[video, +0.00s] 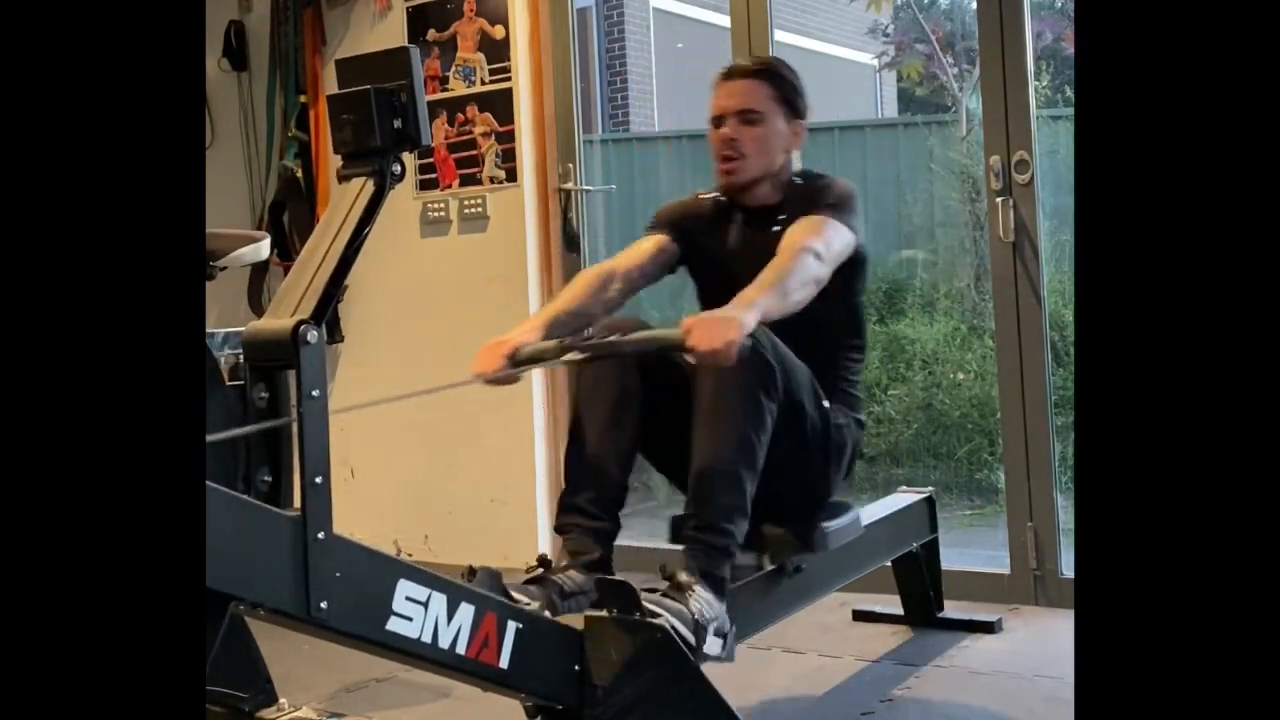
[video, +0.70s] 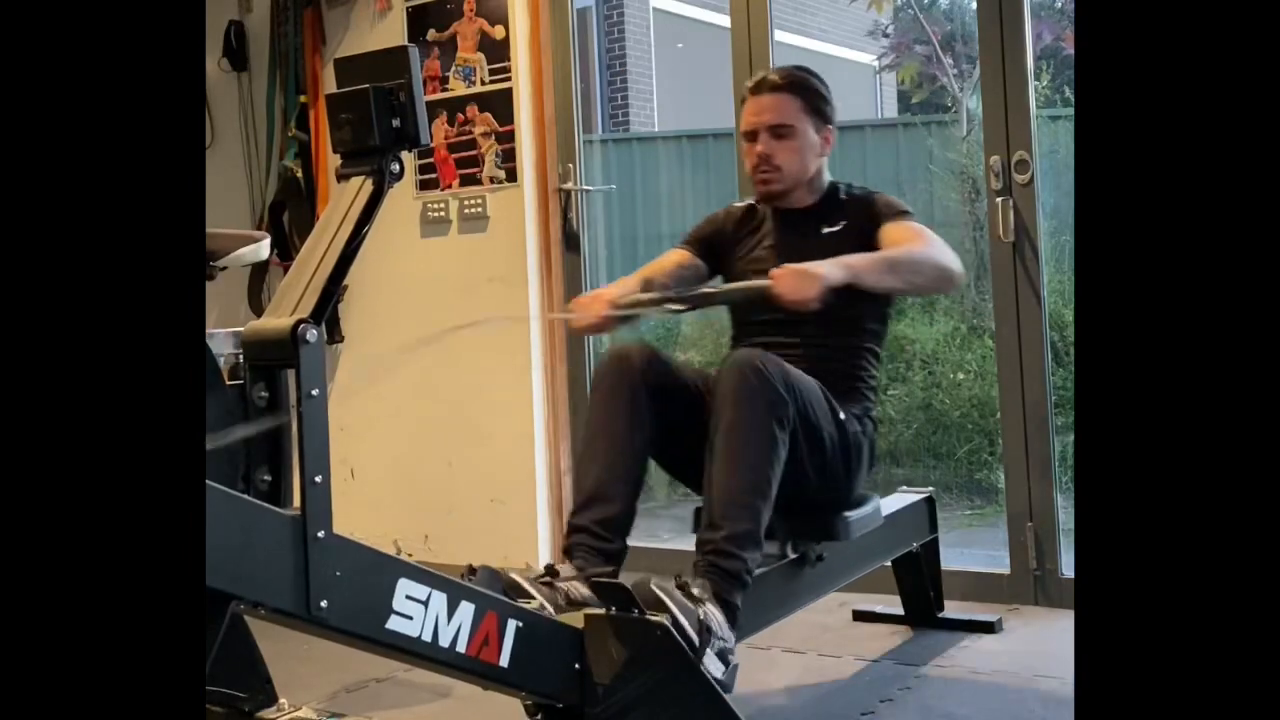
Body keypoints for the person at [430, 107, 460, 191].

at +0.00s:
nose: (446, 118)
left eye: (446, 116)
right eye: (444, 116)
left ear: (443, 116)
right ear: (440, 116)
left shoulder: (443, 125)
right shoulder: (437, 123)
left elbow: (453, 132)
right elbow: (439, 138)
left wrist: (457, 122)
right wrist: (442, 150)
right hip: (439, 146)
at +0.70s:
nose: (446, 118)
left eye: (446, 116)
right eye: (444, 116)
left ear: (444, 116)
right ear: (440, 116)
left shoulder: (443, 124)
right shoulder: (437, 124)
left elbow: (453, 132)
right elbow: (438, 139)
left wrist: (457, 122)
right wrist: (442, 150)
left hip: (443, 148)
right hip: (439, 148)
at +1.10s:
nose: (446, 118)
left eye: (446, 115)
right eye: (444, 115)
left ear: (444, 116)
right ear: (440, 116)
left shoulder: (443, 124)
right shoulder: (437, 124)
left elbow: (453, 132)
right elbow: (438, 139)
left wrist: (457, 122)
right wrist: (442, 150)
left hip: (443, 148)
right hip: (439, 148)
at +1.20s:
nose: (446, 118)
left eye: (446, 115)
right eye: (444, 115)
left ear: (444, 116)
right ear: (440, 116)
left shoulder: (443, 124)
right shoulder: (437, 124)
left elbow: (453, 132)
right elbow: (438, 139)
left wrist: (457, 122)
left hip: (443, 148)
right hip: (439, 149)